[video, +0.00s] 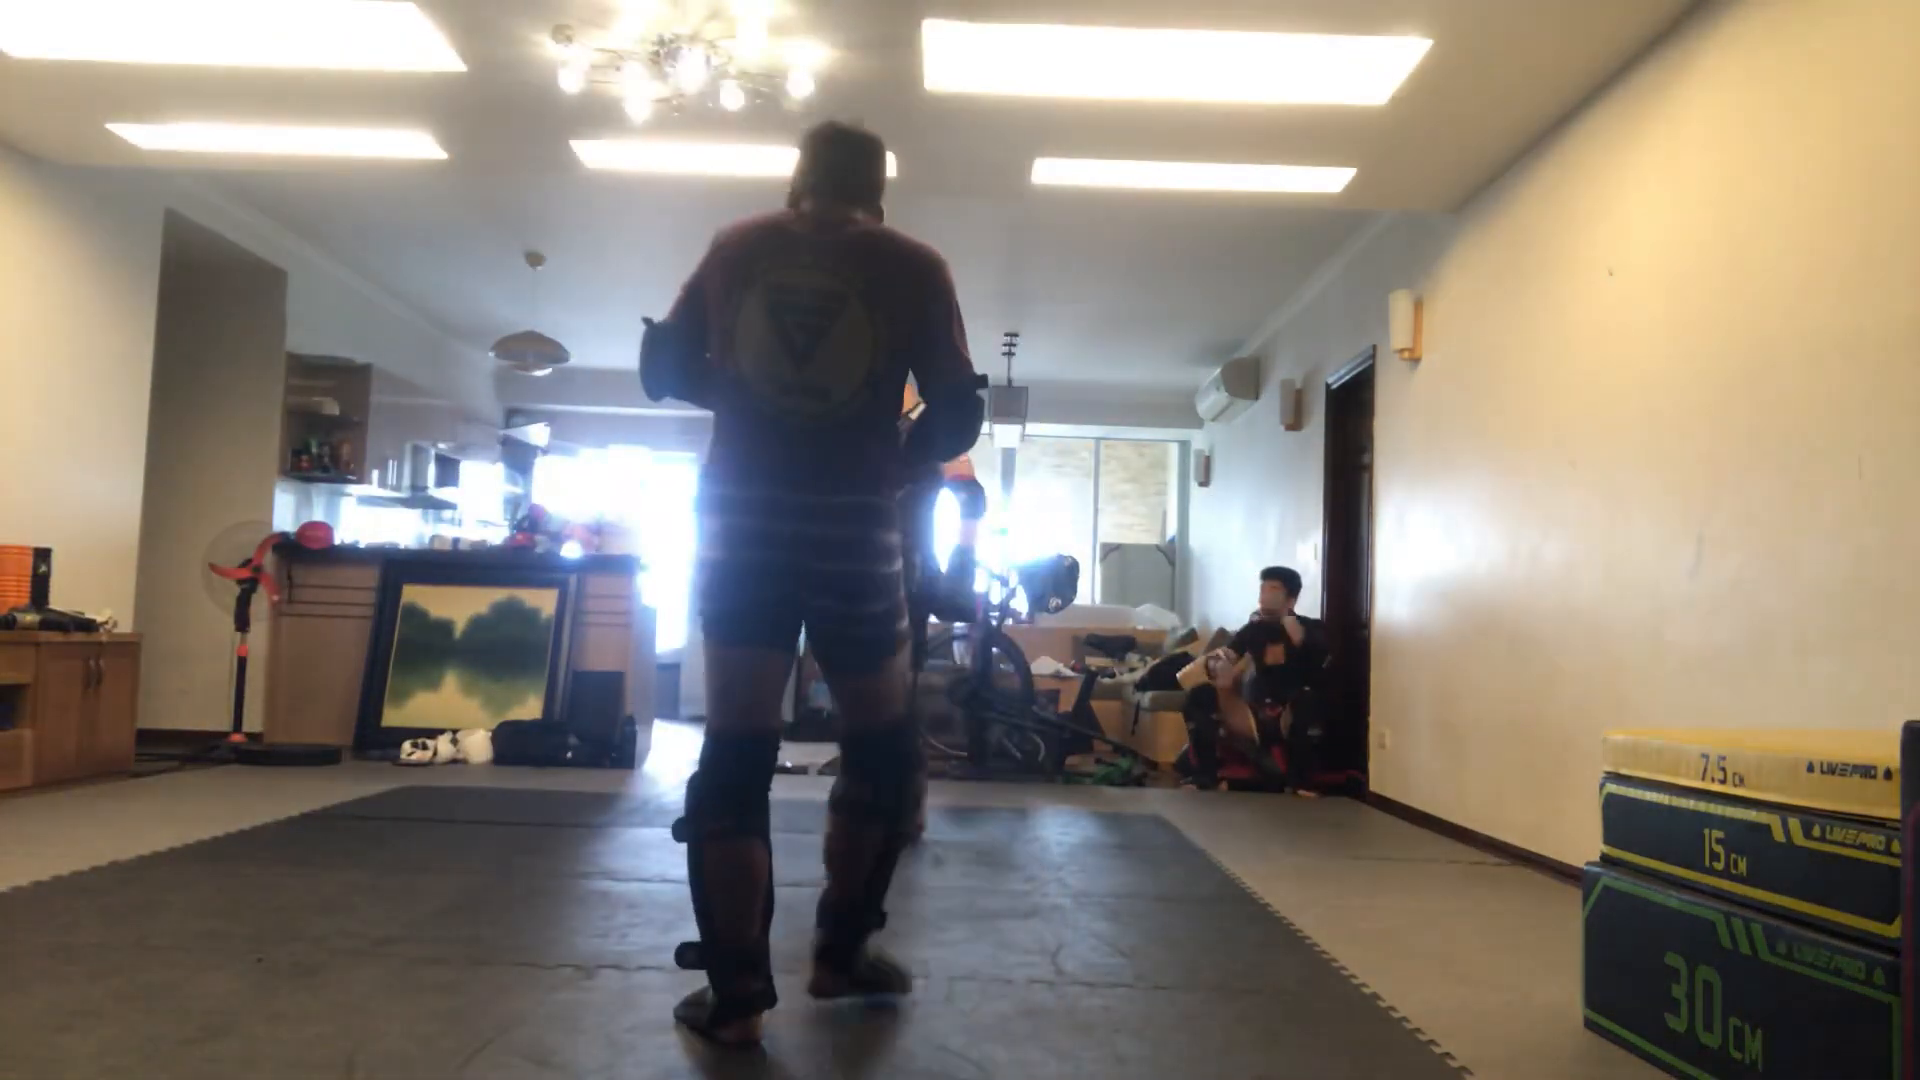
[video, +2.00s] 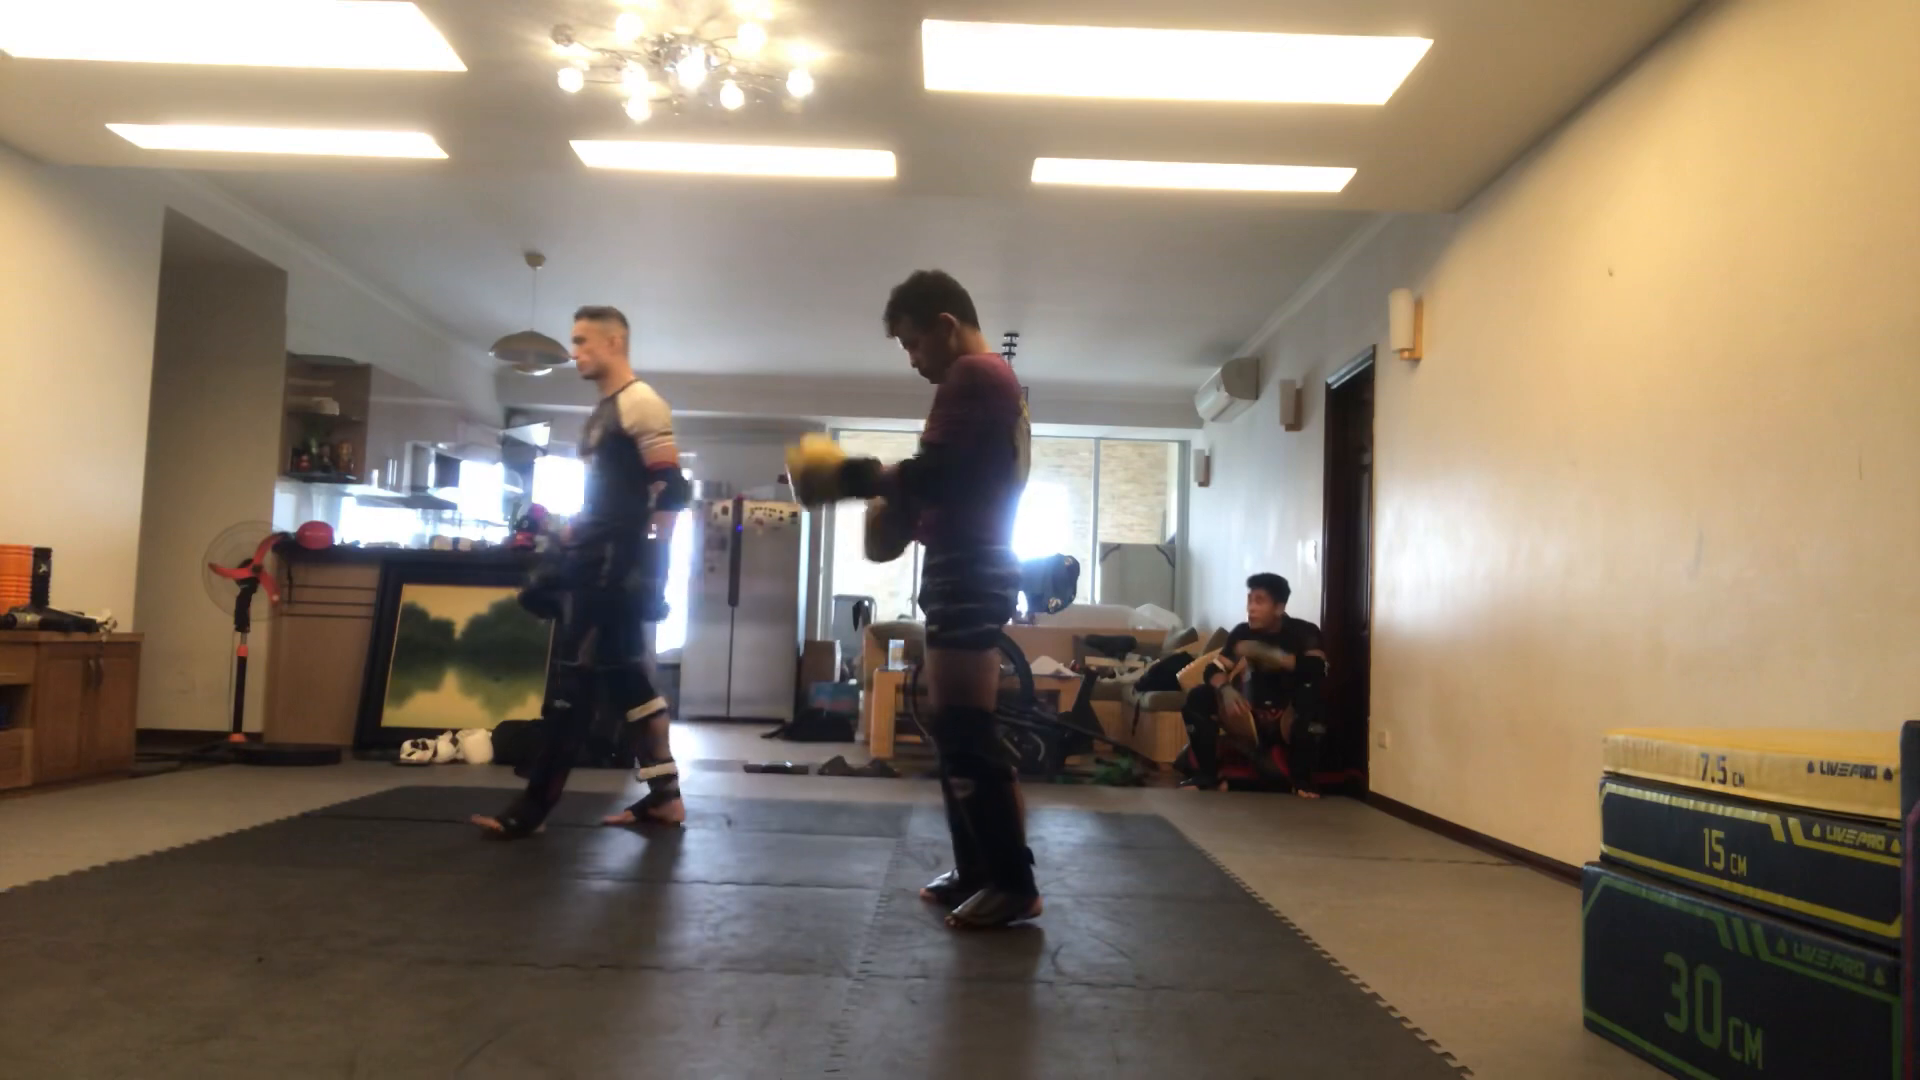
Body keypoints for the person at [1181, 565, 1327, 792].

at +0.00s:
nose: (1263, 596)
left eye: (1272, 590)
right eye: (1262, 589)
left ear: (1290, 598)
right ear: (1260, 593)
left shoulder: (1312, 629)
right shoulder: (1253, 629)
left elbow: (1320, 665)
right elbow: (1221, 661)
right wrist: (1217, 665)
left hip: (1294, 714)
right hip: (1252, 714)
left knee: (1308, 700)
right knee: (1200, 696)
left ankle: (1300, 782)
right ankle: (1204, 776)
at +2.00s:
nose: (1250, 608)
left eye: (1259, 601)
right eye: (1250, 601)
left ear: (1279, 607)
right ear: (1247, 602)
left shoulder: (1304, 632)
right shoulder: (1241, 634)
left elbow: (1317, 668)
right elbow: (1215, 671)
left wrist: (1276, 658)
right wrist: (1226, 690)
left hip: (1287, 720)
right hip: (1245, 720)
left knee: (1311, 697)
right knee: (1198, 698)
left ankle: (1303, 781)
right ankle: (1207, 776)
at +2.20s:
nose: (1255, 605)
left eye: (1264, 599)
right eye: (1254, 598)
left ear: (1283, 604)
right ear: (1251, 599)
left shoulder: (1305, 631)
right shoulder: (1244, 632)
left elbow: (1312, 669)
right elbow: (1216, 669)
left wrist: (1269, 690)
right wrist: (1220, 684)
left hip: (1287, 719)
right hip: (1247, 718)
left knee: (1310, 698)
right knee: (1199, 697)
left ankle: (1302, 781)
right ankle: (1207, 777)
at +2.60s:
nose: (1280, 614)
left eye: (1286, 606)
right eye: (1273, 606)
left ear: (1294, 605)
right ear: (1258, 606)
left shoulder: (1307, 632)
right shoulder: (1246, 632)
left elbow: (1298, 677)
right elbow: (1218, 670)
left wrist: (1264, 707)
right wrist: (1242, 675)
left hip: (1288, 703)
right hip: (1244, 700)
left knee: (1311, 712)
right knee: (1199, 698)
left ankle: (1302, 781)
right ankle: (1208, 776)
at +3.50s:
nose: (1271, 605)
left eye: (1279, 598)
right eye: (1266, 598)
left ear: (1294, 601)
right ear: (1260, 601)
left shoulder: (1311, 630)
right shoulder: (1251, 630)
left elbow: (1305, 667)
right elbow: (1225, 665)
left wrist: (1273, 692)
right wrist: (1265, 669)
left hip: (1292, 716)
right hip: (1249, 717)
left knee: (1318, 696)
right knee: (1199, 696)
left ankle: (1304, 780)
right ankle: (1207, 775)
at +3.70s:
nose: (1268, 604)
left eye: (1276, 598)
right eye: (1264, 598)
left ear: (1294, 601)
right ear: (1259, 600)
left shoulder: (1311, 630)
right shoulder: (1251, 632)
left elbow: (1325, 661)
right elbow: (1214, 663)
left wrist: (1274, 679)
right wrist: (1238, 679)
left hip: (1292, 716)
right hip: (1249, 716)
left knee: (1316, 697)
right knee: (1200, 697)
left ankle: (1304, 781)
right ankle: (1208, 776)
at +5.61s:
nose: (1250, 613)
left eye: (1257, 608)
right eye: (1248, 606)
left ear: (1278, 611)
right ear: (1245, 604)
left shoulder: (1302, 630)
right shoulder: (1242, 632)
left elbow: (1324, 668)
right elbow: (1212, 668)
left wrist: (1277, 691)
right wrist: (1223, 689)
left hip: (1292, 715)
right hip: (1253, 714)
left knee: (1316, 701)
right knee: (1198, 698)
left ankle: (1306, 782)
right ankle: (1208, 776)